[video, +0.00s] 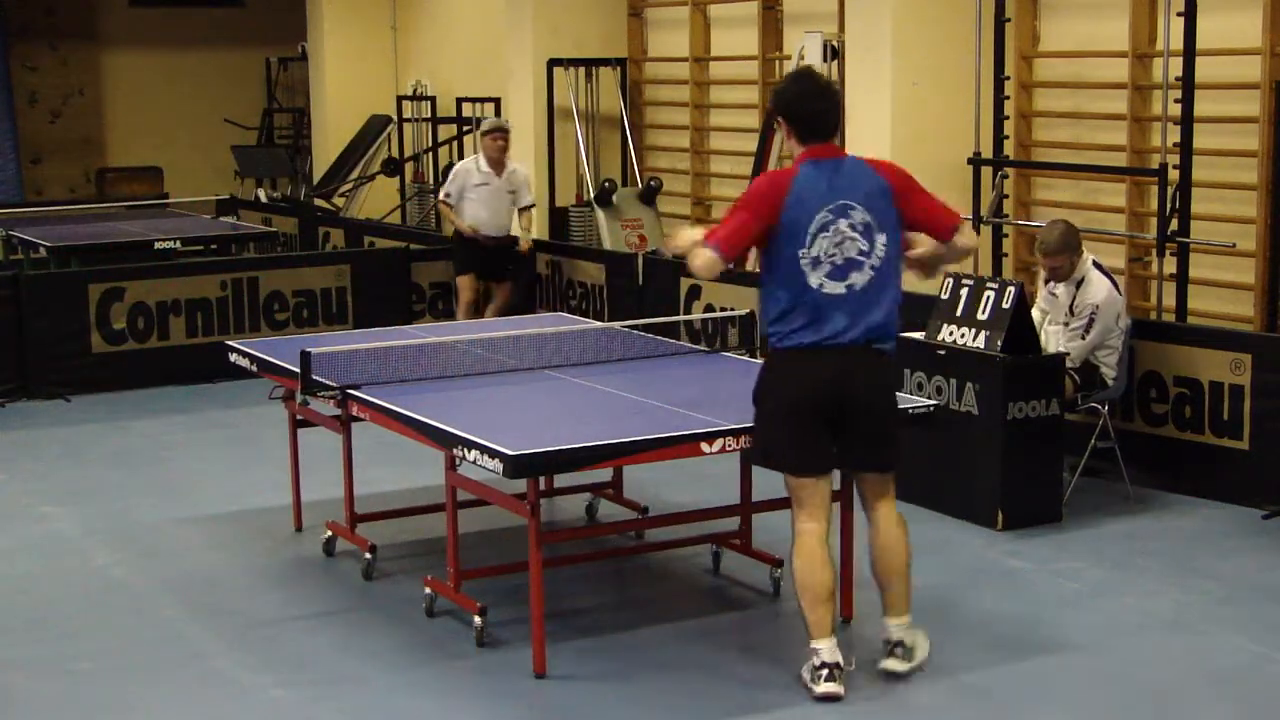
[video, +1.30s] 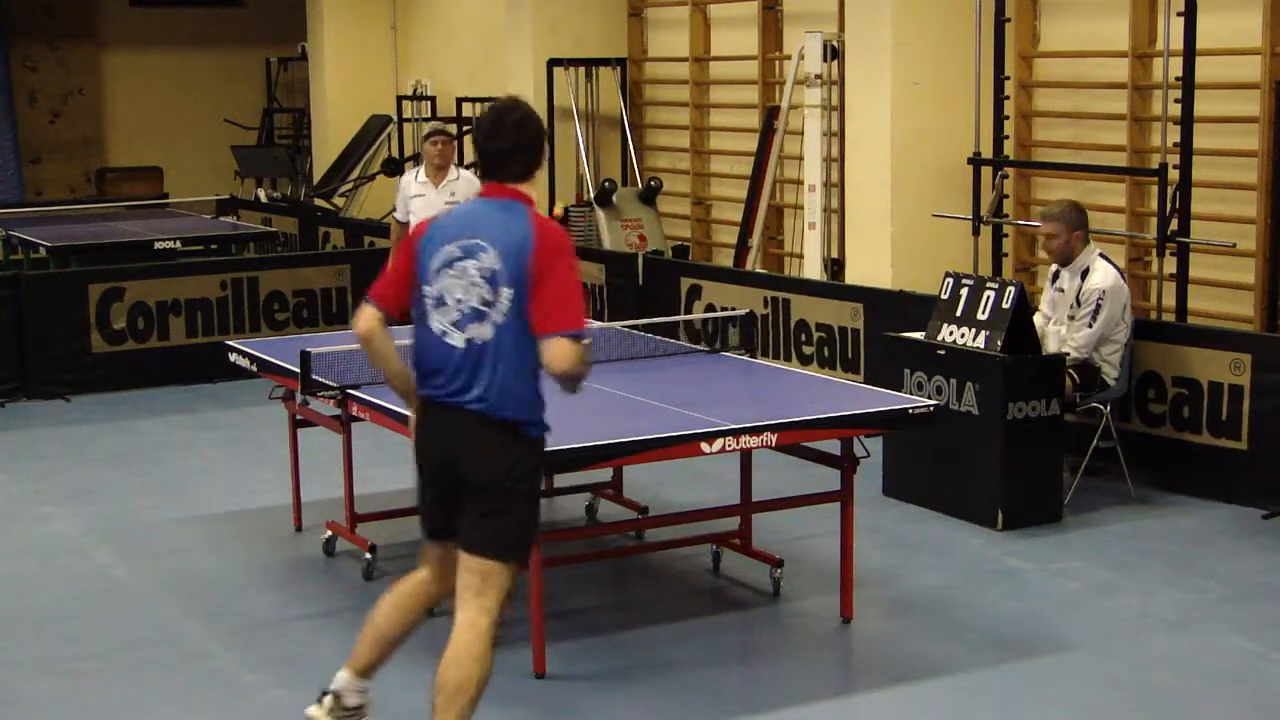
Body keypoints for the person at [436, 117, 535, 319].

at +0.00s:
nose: (500, 144)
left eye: (504, 139)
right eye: (494, 139)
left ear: (508, 143)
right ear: (482, 142)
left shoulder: (517, 174)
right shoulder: (464, 169)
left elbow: (524, 208)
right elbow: (443, 202)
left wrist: (525, 235)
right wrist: (460, 225)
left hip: (501, 242)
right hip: (469, 239)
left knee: (503, 295)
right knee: (468, 296)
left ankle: (483, 336)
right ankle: (464, 342)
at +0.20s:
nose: (478, 142)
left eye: (482, 137)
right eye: (472, 137)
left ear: (487, 140)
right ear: (461, 140)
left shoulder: (500, 169)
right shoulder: (443, 170)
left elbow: (506, 209)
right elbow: (432, 206)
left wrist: (488, 224)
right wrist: (445, 234)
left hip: (489, 242)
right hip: (457, 243)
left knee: (494, 298)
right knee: (457, 301)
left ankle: (487, 346)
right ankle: (455, 346)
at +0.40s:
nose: (463, 135)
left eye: (468, 130)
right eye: (458, 131)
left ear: (475, 134)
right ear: (448, 134)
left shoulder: (488, 165)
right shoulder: (431, 163)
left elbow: (499, 202)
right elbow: (419, 200)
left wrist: (491, 227)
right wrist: (434, 200)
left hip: (482, 237)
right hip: (447, 239)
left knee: (492, 301)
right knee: (455, 302)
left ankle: (489, 347)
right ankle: (456, 347)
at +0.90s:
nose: (455, 142)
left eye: (460, 137)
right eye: (449, 137)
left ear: (468, 142)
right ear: (439, 142)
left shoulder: (481, 175)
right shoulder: (422, 171)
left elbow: (499, 213)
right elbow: (410, 208)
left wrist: (510, 244)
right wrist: (424, 230)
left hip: (472, 251)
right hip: (436, 252)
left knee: (474, 310)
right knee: (440, 312)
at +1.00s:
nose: (454, 139)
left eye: (460, 135)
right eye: (448, 135)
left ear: (467, 140)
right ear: (438, 139)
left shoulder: (482, 173)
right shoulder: (420, 170)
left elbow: (496, 213)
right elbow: (409, 210)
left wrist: (489, 245)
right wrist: (414, 244)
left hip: (468, 250)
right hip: (430, 250)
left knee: (470, 309)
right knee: (430, 308)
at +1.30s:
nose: (439, 148)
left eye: (445, 143)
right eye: (433, 143)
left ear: (453, 149)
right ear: (423, 150)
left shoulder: (470, 182)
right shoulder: (408, 181)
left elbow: (477, 224)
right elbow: (399, 223)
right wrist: (394, 263)